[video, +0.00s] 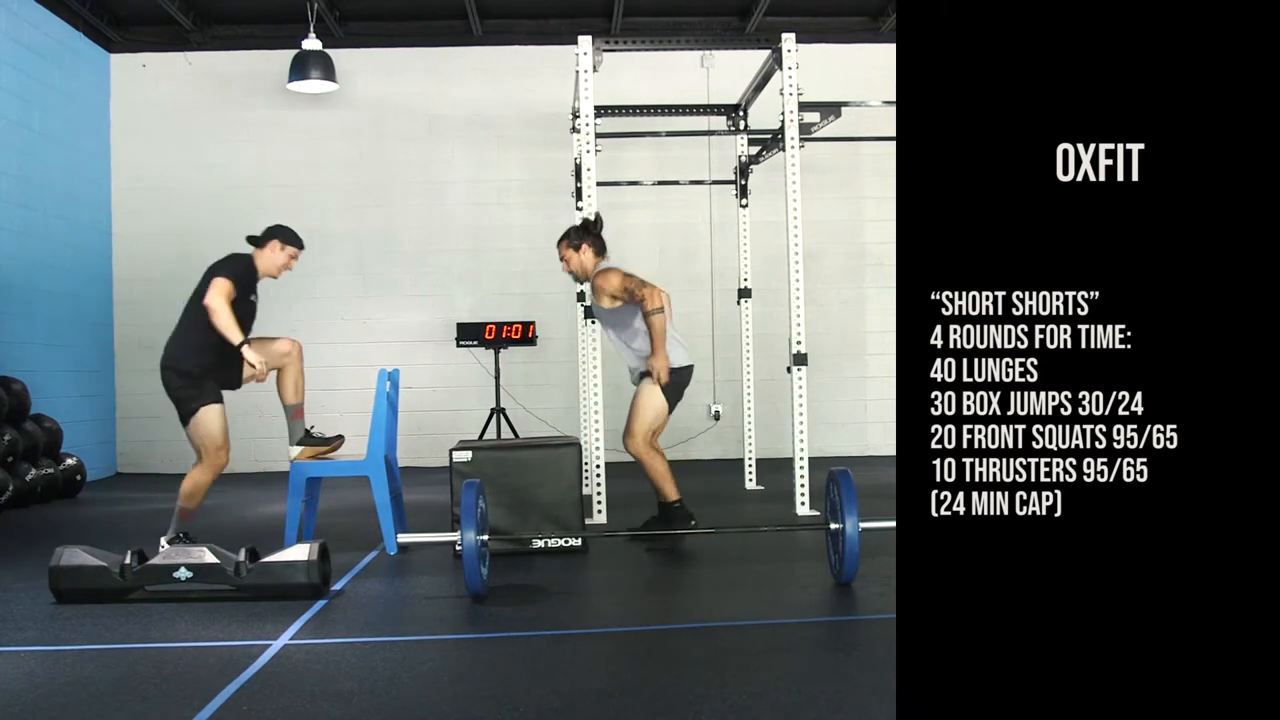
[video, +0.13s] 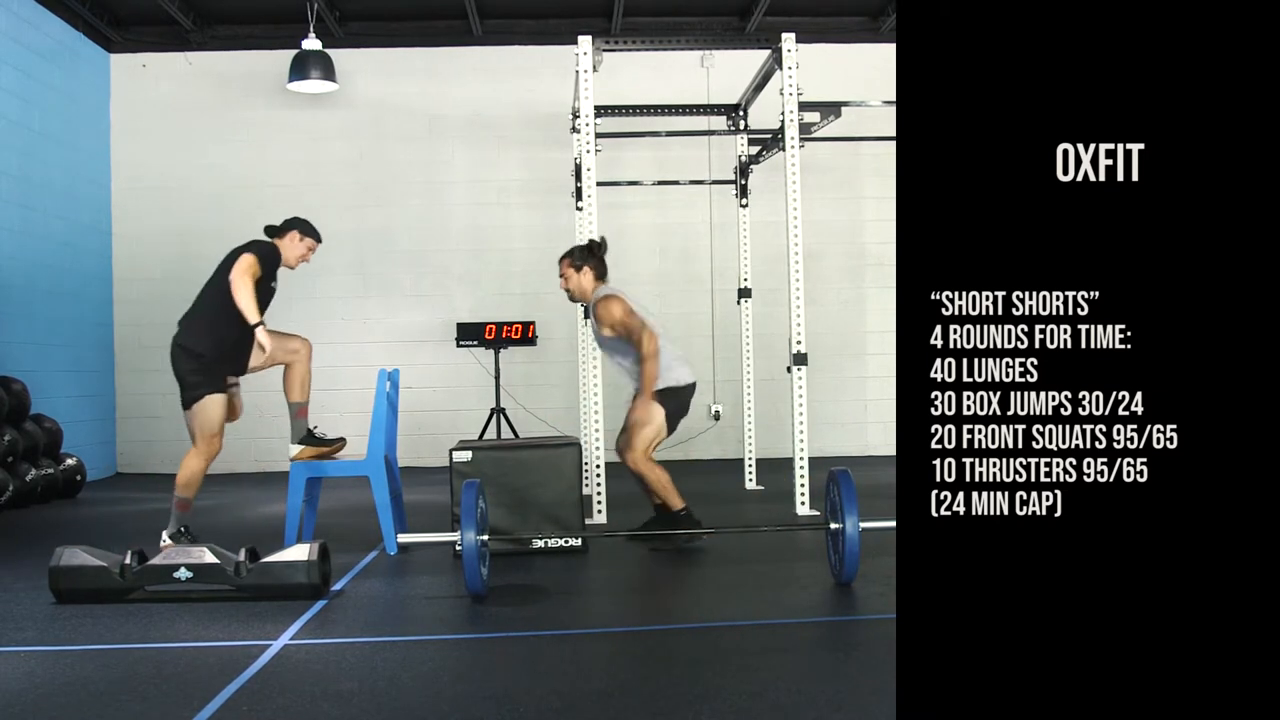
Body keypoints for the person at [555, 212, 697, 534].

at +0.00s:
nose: (563, 267)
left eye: (565, 259)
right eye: (561, 261)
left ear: (584, 251)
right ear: (586, 251)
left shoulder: (604, 279)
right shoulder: (608, 277)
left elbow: (652, 296)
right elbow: (660, 297)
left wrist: (658, 353)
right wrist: (655, 353)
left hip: (665, 367)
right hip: (670, 366)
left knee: (635, 439)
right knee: (647, 441)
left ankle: (676, 512)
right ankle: (670, 510)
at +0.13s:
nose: (562, 285)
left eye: (565, 277)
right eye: (561, 278)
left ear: (585, 273)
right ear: (586, 274)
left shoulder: (607, 304)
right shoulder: (602, 305)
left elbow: (648, 339)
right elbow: (645, 342)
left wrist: (644, 395)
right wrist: (643, 394)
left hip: (670, 385)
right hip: (661, 386)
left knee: (635, 452)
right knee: (628, 448)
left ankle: (684, 516)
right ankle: (665, 513)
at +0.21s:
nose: (572, 280)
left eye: (575, 272)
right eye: (571, 273)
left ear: (597, 269)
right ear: (597, 271)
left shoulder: (616, 306)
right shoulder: (607, 305)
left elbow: (617, 362)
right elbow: (614, 359)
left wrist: (576, 382)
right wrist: (578, 380)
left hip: (665, 391)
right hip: (649, 392)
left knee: (628, 460)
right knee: (617, 452)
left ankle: (682, 518)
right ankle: (663, 514)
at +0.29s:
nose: (575, 260)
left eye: (578, 252)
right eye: (573, 253)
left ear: (599, 249)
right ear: (595, 252)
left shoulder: (608, 283)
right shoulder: (601, 284)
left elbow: (570, 322)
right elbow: (569, 321)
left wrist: (541, 300)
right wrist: (541, 301)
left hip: (655, 382)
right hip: (639, 384)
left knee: (637, 454)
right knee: (622, 447)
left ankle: (683, 517)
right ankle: (662, 514)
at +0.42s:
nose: (554, 219)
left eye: (554, 212)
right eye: (552, 214)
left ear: (570, 201)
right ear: (574, 200)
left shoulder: (592, 227)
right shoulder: (588, 229)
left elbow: (559, 267)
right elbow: (559, 274)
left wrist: (527, 240)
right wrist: (528, 242)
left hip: (638, 325)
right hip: (621, 328)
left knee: (621, 396)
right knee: (613, 401)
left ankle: (659, 471)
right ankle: (647, 471)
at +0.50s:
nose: (540, 214)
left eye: (539, 205)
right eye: (536, 207)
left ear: (555, 190)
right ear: (555, 190)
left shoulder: (585, 215)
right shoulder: (580, 218)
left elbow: (567, 263)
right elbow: (566, 276)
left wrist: (516, 254)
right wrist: (518, 265)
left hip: (637, 300)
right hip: (621, 301)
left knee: (589, 352)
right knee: (576, 355)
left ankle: (635, 415)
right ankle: (632, 413)